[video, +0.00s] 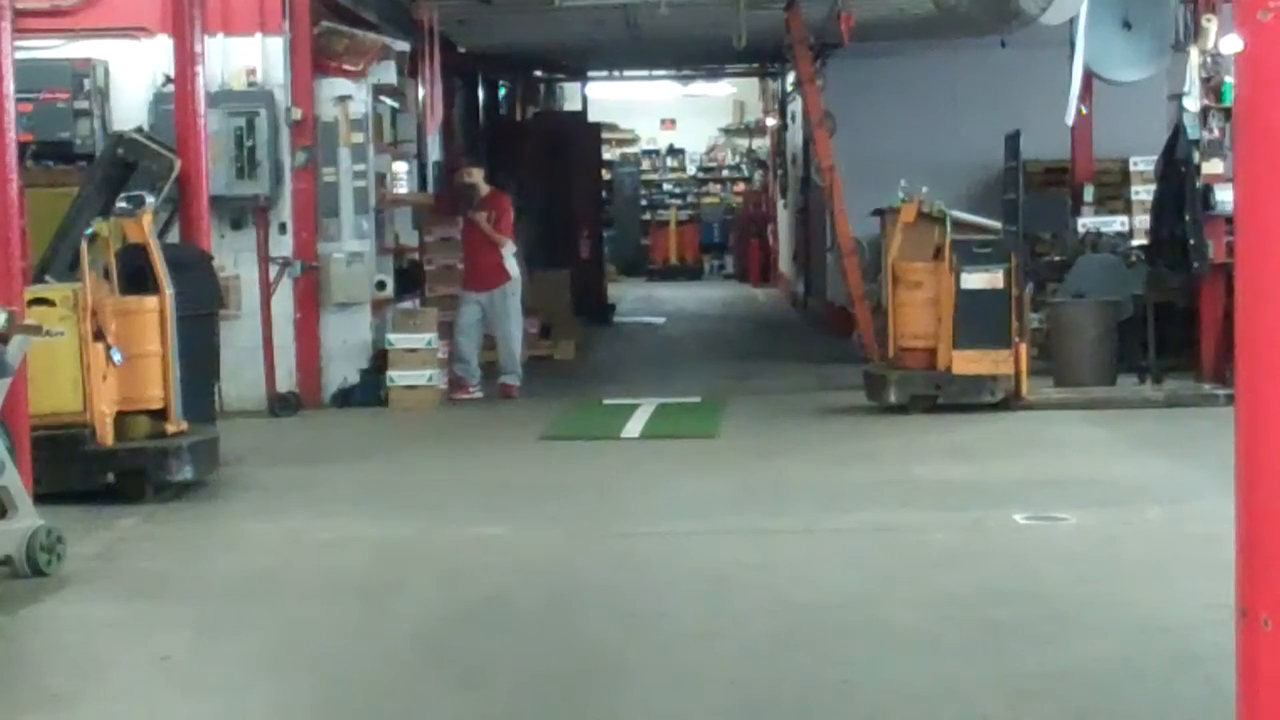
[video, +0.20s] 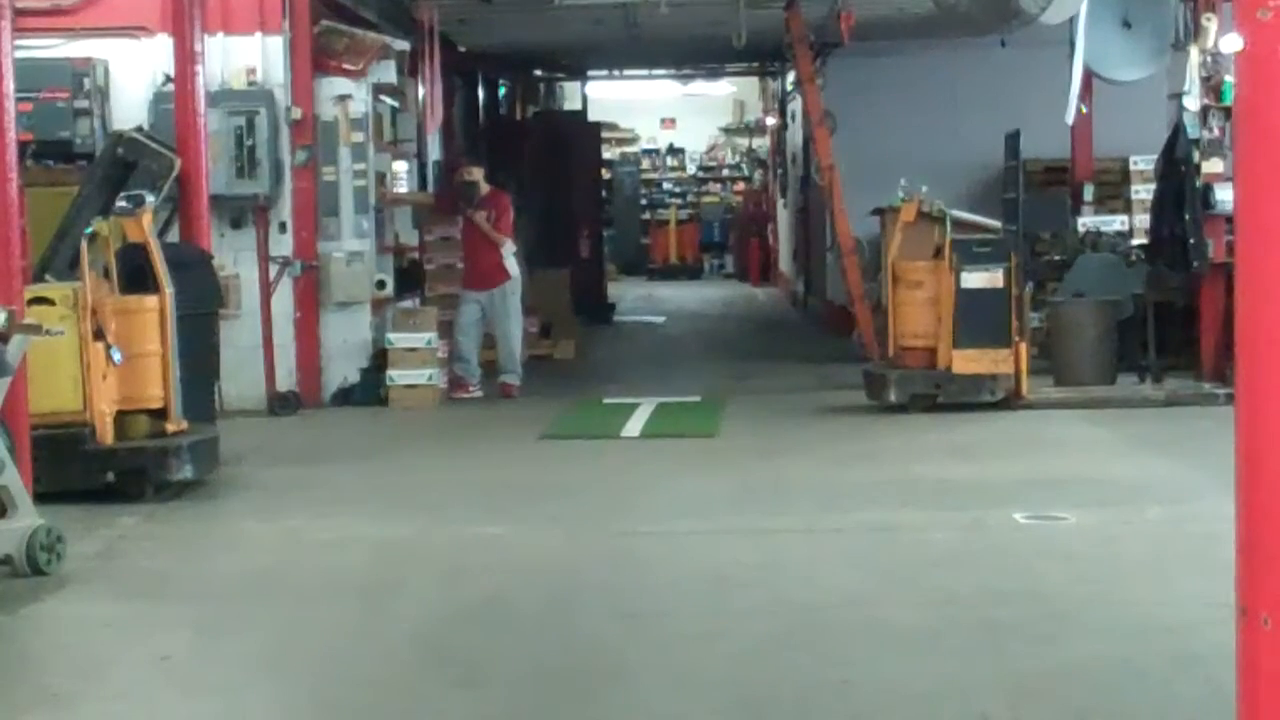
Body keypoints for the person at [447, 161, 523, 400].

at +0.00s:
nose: (467, 179)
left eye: (472, 172)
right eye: (463, 174)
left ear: (483, 173)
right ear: (459, 179)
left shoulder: (500, 201)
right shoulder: (467, 204)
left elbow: (504, 240)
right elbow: (439, 206)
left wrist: (482, 224)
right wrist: (457, 182)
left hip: (501, 282)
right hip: (473, 283)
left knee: (507, 333)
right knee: (464, 333)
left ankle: (510, 380)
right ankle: (469, 382)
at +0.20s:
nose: (467, 181)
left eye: (472, 174)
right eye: (463, 176)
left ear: (483, 174)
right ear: (458, 180)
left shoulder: (501, 200)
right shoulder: (465, 202)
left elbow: (504, 240)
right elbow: (439, 204)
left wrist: (481, 223)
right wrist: (456, 181)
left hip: (501, 281)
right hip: (473, 282)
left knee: (507, 332)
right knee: (464, 332)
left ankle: (510, 379)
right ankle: (468, 381)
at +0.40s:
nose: (470, 186)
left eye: (474, 180)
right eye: (466, 181)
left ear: (484, 177)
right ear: (461, 183)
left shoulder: (501, 199)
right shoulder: (466, 200)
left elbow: (502, 238)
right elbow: (440, 204)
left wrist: (478, 220)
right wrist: (457, 180)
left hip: (501, 278)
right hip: (473, 280)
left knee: (507, 330)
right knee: (464, 330)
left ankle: (510, 378)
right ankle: (468, 379)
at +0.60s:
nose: (469, 182)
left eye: (473, 176)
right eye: (466, 177)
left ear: (484, 175)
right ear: (461, 179)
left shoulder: (501, 198)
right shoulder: (465, 200)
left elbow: (502, 237)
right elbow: (431, 198)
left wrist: (476, 218)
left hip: (501, 279)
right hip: (473, 281)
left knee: (507, 331)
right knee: (464, 330)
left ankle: (510, 377)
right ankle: (469, 379)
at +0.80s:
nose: (469, 198)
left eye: (471, 193)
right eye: (466, 195)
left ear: (481, 182)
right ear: (461, 189)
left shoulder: (501, 199)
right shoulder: (465, 198)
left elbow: (501, 237)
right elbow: (430, 197)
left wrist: (476, 218)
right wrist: (394, 195)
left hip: (502, 280)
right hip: (473, 281)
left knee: (508, 329)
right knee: (465, 328)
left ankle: (510, 377)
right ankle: (469, 379)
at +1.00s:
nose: (468, 180)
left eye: (472, 174)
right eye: (464, 175)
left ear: (483, 174)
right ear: (461, 179)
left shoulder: (502, 198)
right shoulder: (465, 198)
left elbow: (502, 236)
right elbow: (432, 197)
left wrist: (474, 217)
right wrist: (396, 195)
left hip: (501, 277)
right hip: (473, 278)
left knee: (507, 329)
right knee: (465, 329)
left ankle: (510, 376)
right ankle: (469, 378)